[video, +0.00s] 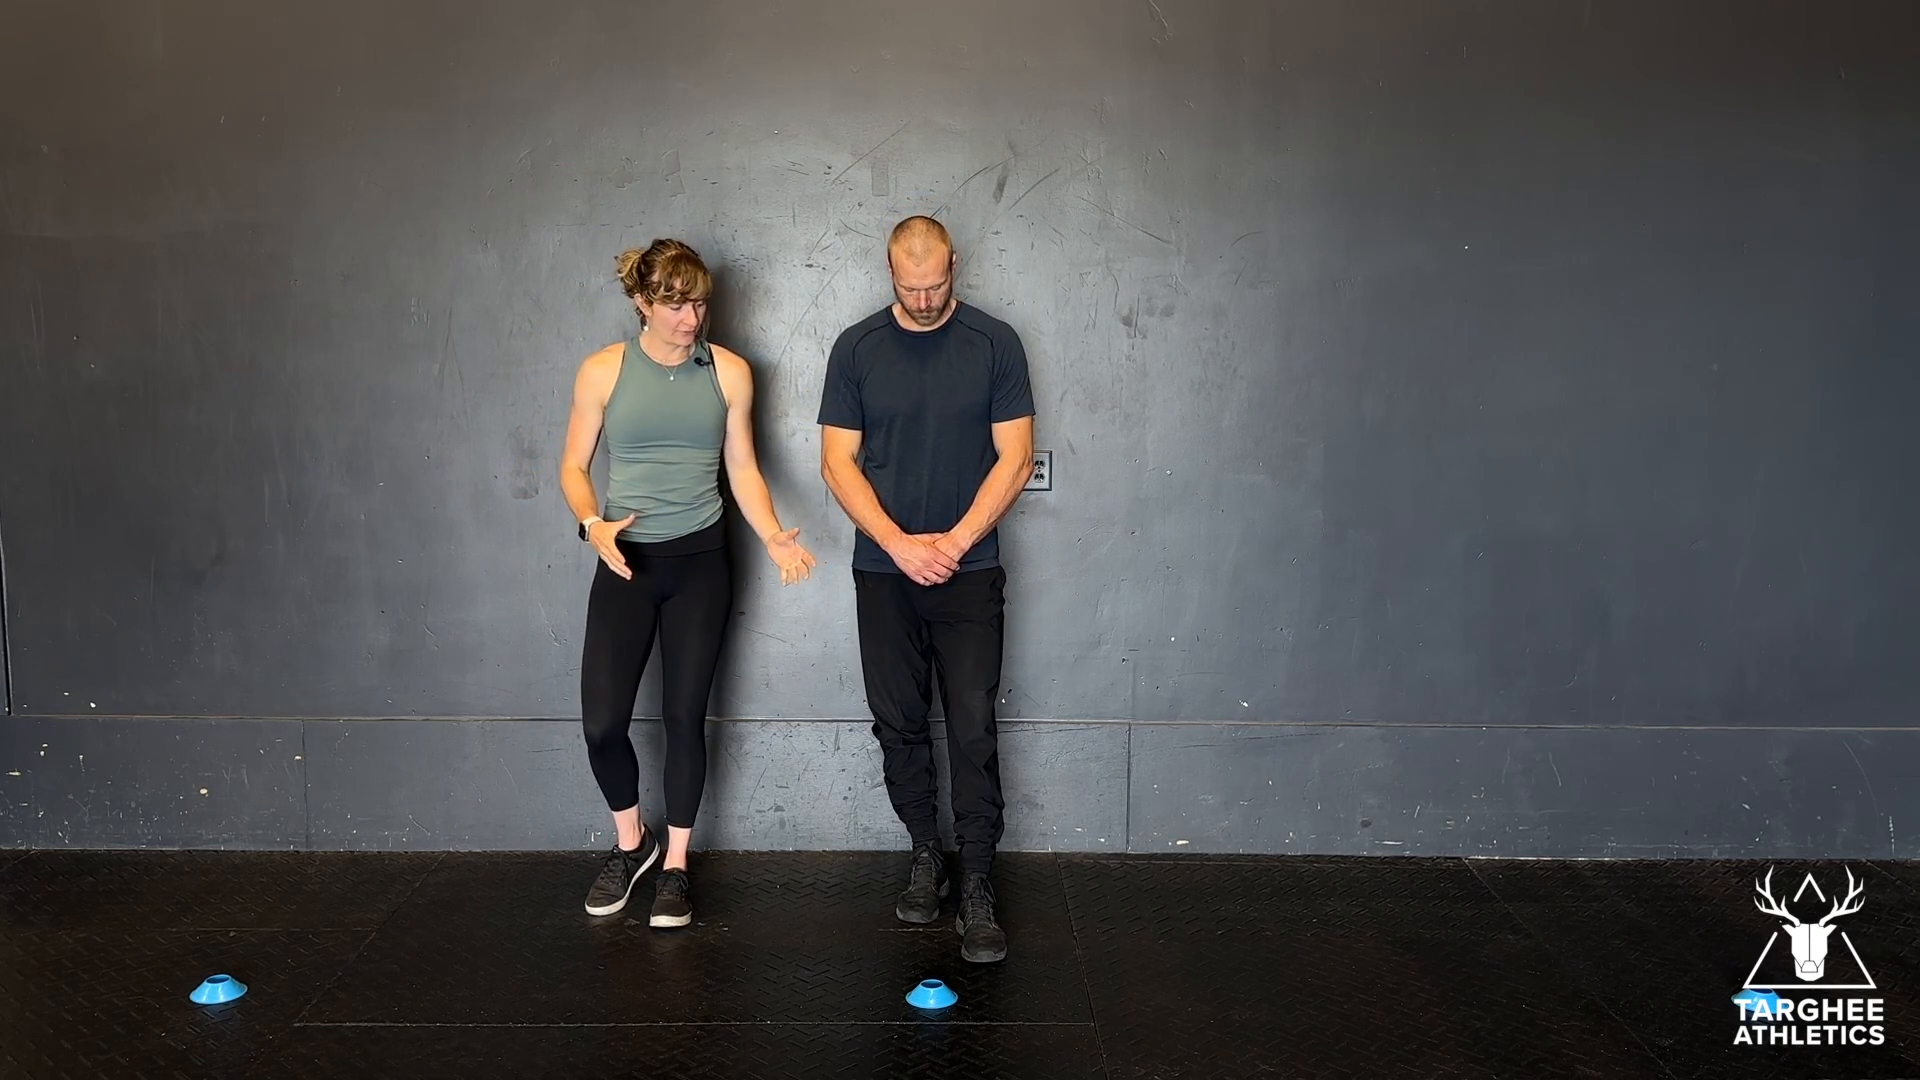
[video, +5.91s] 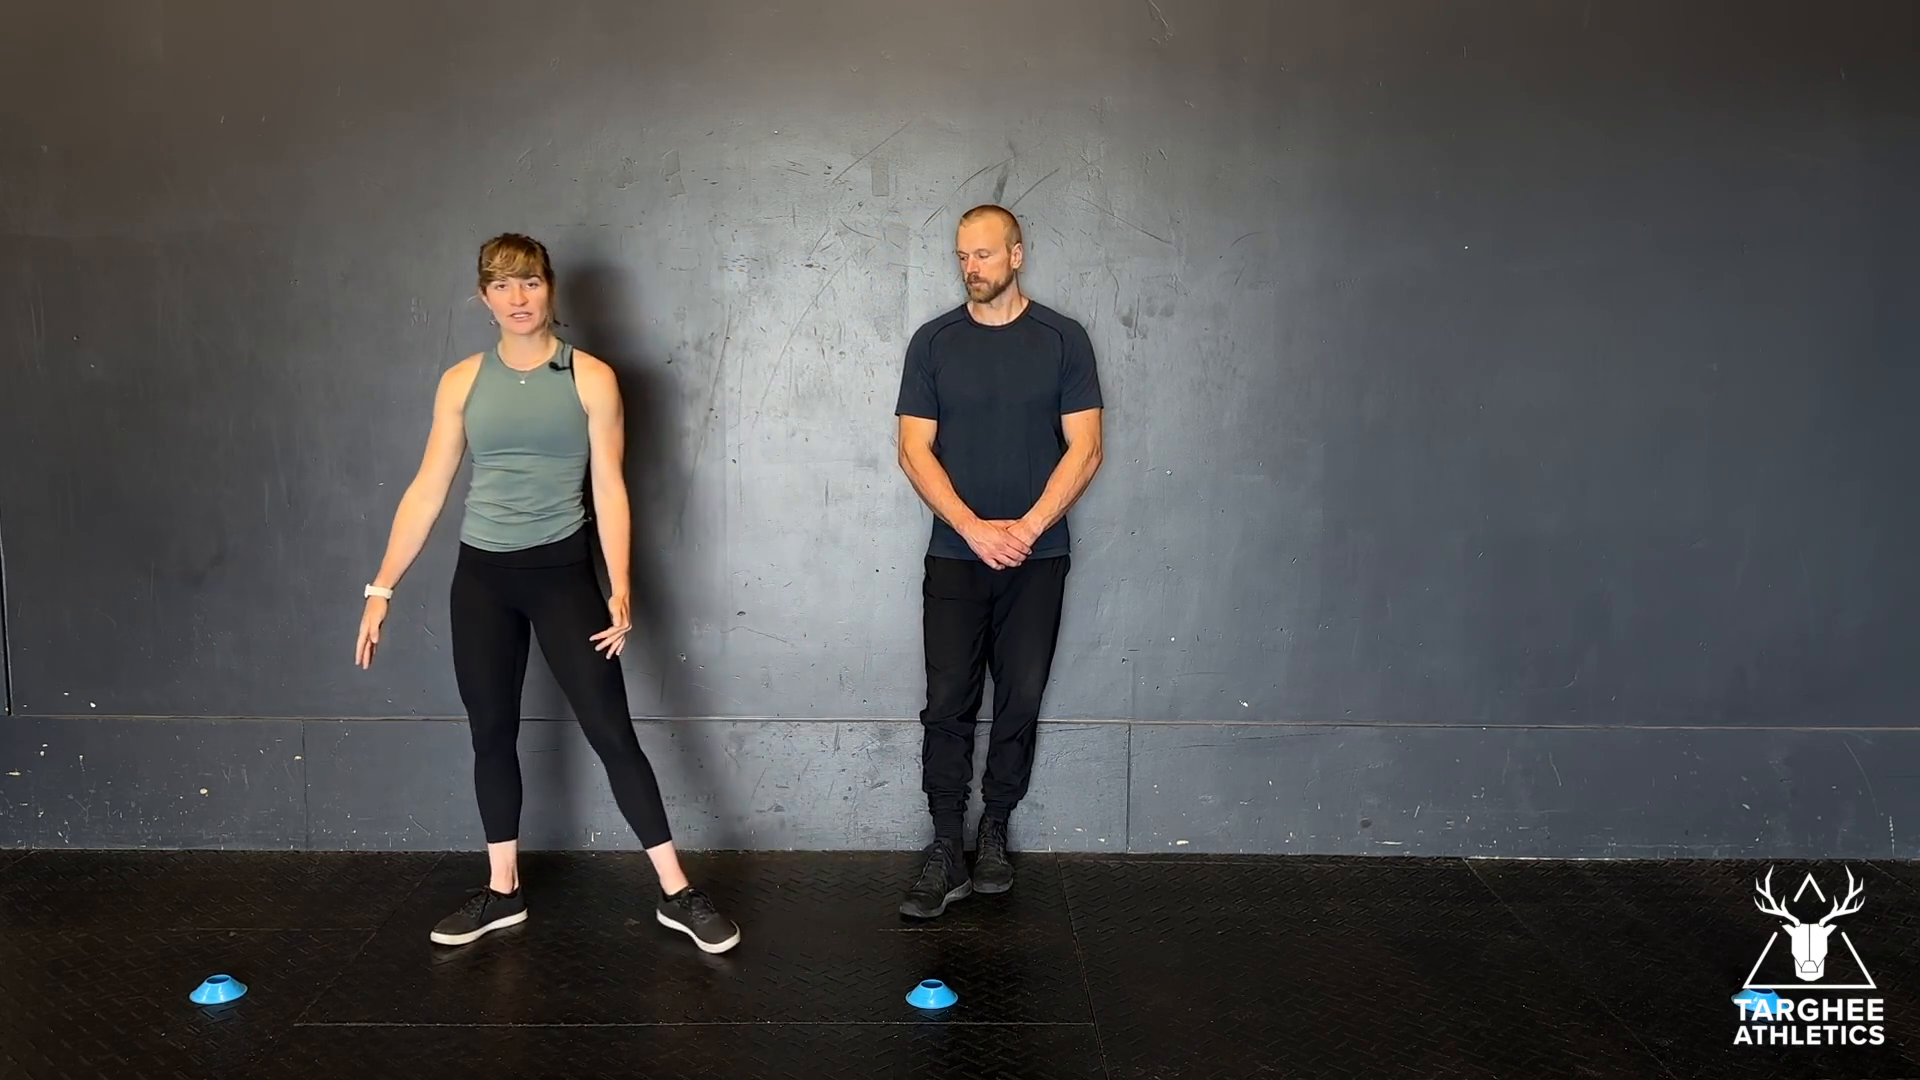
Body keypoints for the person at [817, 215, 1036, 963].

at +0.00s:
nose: (926, 297)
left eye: (936, 284)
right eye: (913, 287)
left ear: (951, 269)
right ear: (892, 275)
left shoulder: (993, 343)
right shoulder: (857, 347)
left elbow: (1017, 460)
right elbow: (837, 465)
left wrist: (953, 542)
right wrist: (896, 541)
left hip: (968, 571)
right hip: (885, 572)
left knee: (971, 731)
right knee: (899, 726)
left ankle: (977, 888)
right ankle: (928, 858)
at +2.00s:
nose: (900, 300)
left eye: (911, 287)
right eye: (888, 288)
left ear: (937, 270)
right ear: (872, 277)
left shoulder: (988, 342)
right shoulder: (852, 351)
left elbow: (1014, 459)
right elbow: (834, 467)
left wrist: (950, 541)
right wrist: (890, 541)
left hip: (968, 572)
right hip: (883, 573)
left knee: (974, 727)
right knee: (897, 728)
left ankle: (977, 884)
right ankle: (929, 858)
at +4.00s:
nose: (934, 294)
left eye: (943, 282)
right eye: (921, 283)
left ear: (954, 270)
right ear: (893, 272)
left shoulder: (990, 339)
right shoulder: (854, 352)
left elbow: (1019, 453)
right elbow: (845, 464)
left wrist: (962, 535)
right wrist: (901, 537)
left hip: (975, 559)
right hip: (888, 561)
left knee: (986, 709)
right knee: (899, 715)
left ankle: (978, 849)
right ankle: (925, 853)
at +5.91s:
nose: (974, 266)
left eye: (985, 253)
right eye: (965, 255)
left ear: (1016, 255)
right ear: (957, 261)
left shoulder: (1063, 339)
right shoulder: (932, 342)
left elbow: (1086, 450)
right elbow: (913, 450)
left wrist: (1026, 530)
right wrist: (969, 526)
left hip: (1036, 552)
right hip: (955, 551)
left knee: (1020, 701)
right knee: (948, 702)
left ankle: (994, 832)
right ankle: (945, 847)